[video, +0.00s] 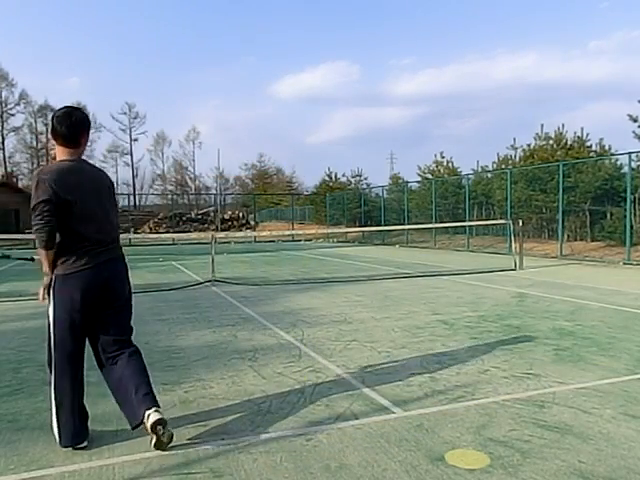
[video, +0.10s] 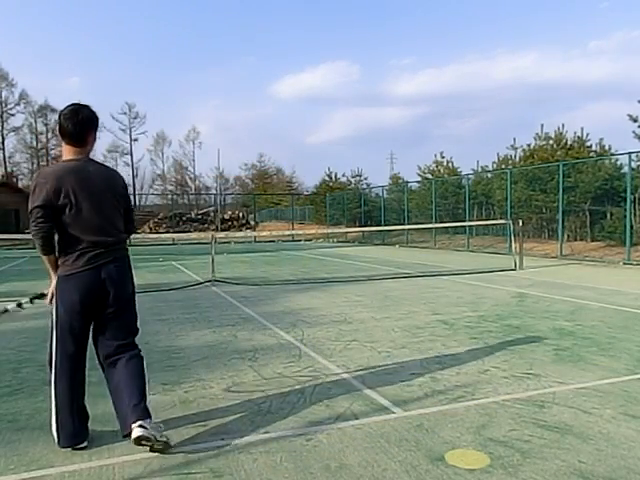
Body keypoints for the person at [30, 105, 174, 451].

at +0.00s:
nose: (88, 140)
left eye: (54, 135)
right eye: (88, 135)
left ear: (52, 138)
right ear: (87, 138)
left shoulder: (47, 177)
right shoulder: (101, 177)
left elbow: (44, 230)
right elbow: (109, 229)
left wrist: (50, 273)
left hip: (72, 278)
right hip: (113, 274)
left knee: (65, 358)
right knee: (118, 346)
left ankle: (73, 434)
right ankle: (149, 411)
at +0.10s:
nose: (95, 138)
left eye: (94, 133)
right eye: (96, 133)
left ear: (59, 136)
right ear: (93, 136)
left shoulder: (48, 177)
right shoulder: (112, 177)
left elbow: (41, 232)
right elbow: (128, 226)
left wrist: (54, 272)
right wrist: (100, 246)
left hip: (74, 277)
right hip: (116, 274)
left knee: (68, 357)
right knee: (122, 347)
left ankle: (72, 434)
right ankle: (139, 421)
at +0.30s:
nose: (118, 137)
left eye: (115, 132)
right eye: (118, 132)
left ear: (80, 136)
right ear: (113, 136)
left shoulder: (64, 180)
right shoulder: (132, 177)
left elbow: (55, 235)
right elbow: (162, 222)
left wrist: (71, 260)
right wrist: (163, 263)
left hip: (88, 280)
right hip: (129, 278)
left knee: (79, 354)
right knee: (130, 357)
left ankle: (73, 432)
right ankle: (123, 445)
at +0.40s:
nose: (131, 136)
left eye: (127, 131)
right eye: (131, 132)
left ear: (94, 136)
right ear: (126, 135)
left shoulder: (77, 181)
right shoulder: (144, 176)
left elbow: (61, 235)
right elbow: (175, 225)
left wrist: (85, 264)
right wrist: (184, 261)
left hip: (99, 280)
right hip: (140, 279)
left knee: (92, 355)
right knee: (136, 360)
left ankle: (76, 430)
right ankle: (123, 449)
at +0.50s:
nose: (144, 134)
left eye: (141, 129)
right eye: (143, 129)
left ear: (107, 134)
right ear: (138, 133)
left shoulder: (88, 178)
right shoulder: (151, 172)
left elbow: (61, 228)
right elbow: (177, 222)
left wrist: (92, 262)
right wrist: (199, 258)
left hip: (108, 277)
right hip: (146, 276)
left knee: (111, 350)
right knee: (143, 356)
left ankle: (96, 426)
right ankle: (125, 450)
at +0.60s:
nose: (155, 131)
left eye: (153, 125)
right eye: (154, 126)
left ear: (118, 130)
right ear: (149, 129)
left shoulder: (98, 176)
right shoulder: (158, 169)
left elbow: (68, 223)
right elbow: (176, 221)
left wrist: (95, 262)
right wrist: (205, 260)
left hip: (115, 276)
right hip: (149, 274)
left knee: (130, 353)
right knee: (149, 357)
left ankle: (136, 423)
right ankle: (124, 450)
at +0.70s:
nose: (166, 132)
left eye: (164, 126)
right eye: (165, 126)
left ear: (130, 131)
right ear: (159, 128)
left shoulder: (110, 180)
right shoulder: (164, 169)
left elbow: (94, 231)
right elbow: (176, 224)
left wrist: (107, 272)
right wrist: (206, 266)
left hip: (126, 276)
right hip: (154, 273)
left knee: (167, 347)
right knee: (153, 358)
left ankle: (172, 423)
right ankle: (123, 447)